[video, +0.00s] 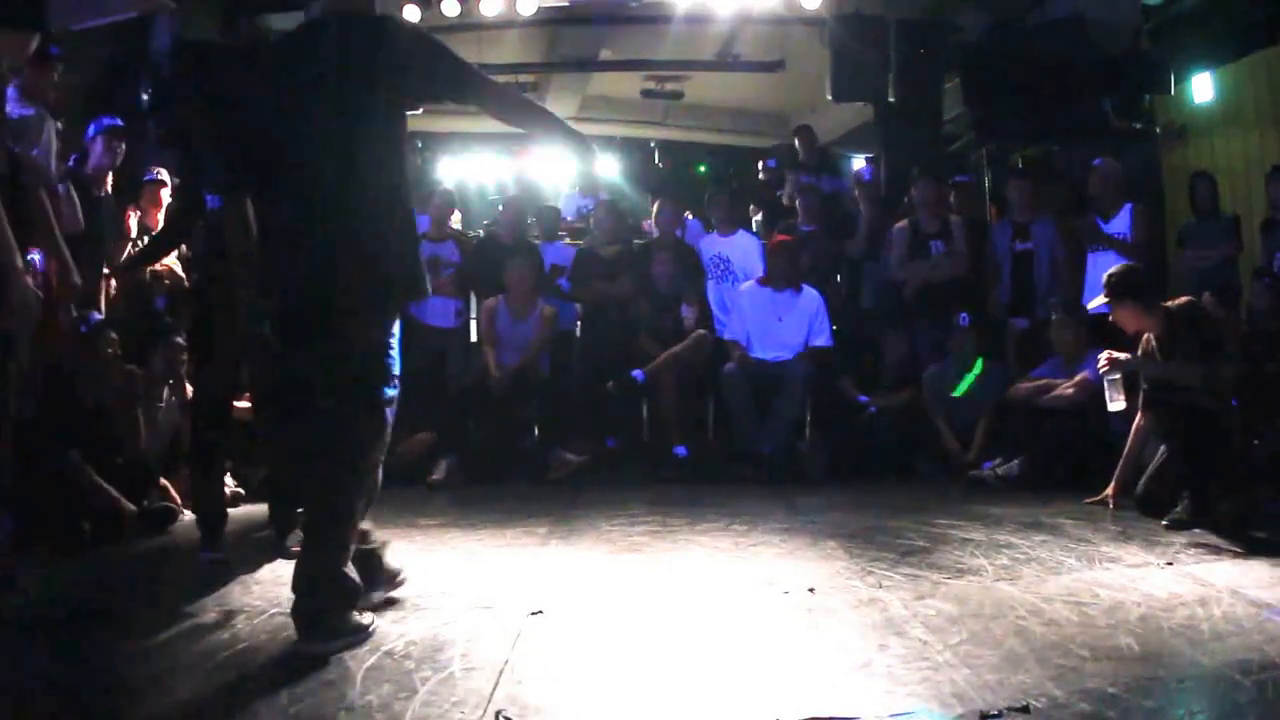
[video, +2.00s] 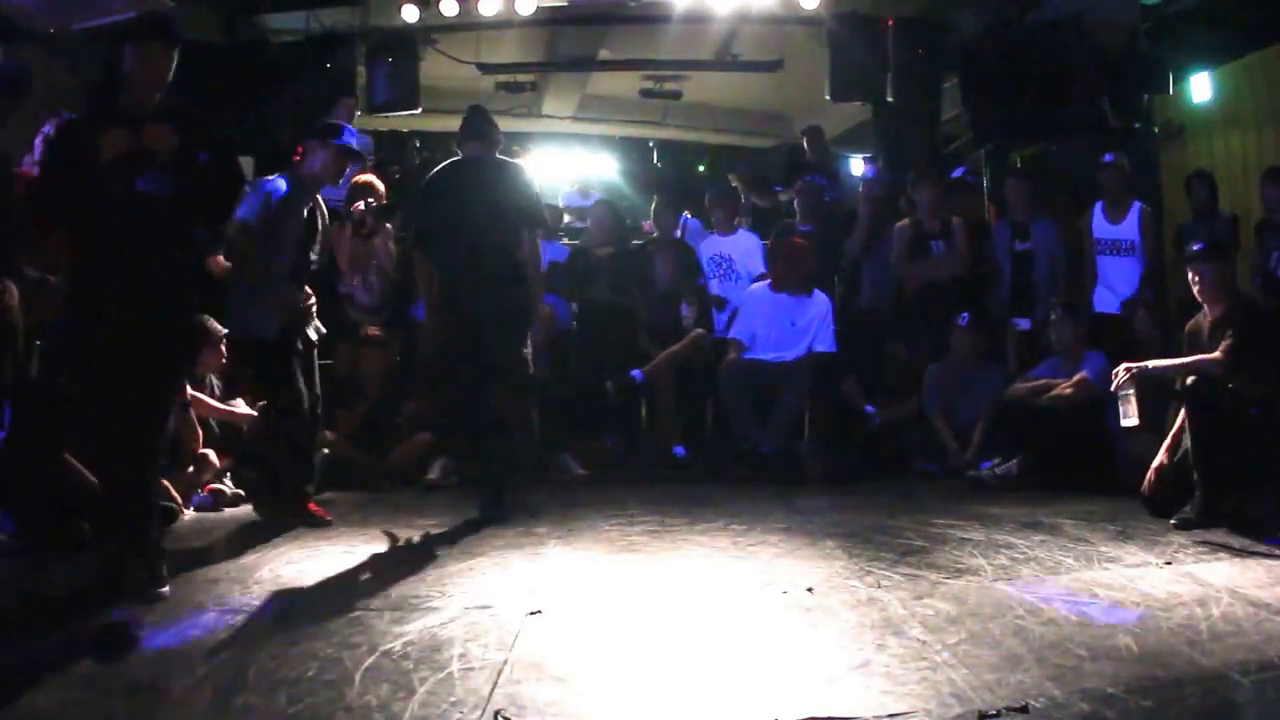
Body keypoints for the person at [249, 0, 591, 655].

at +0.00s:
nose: (409, 12)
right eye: (404, 10)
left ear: (321, 7)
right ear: (380, 4)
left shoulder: (271, 56)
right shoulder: (383, 37)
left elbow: (233, 182)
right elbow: (491, 94)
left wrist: (254, 266)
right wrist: (574, 137)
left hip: (293, 265)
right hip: (360, 263)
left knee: (332, 406)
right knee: (365, 408)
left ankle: (358, 553)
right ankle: (320, 597)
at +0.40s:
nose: (424, 54)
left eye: (417, 46)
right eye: (420, 45)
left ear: (363, 49)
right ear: (410, 45)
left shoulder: (330, 99)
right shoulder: (433, 87)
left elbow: (311, 203)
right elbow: (522, 146)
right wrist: (588, 197)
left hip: (362, 278)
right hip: (433, 270)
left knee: (389, 410)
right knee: (460, 410)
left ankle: (416, 553)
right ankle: (375, 539)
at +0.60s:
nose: (449, 57)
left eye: (444, 50)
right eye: (446, 48)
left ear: (391, 51)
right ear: (436, 45)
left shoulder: (357, 108)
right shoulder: (458, 83)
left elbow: (336, 202)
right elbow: (534, 149)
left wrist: (351, 279)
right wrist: (597, 194)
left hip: (386, 284)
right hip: (456, 276)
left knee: (396, 415)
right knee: (478, 405)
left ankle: (413, 550)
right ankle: (463, 536)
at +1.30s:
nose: (504, 112)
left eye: (502, 106)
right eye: (500, 105)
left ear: (457, 104)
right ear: (485, 102)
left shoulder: (431, 155)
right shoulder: (511, 140)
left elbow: (409, 238)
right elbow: (564, 198)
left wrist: (423, 304)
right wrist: (602, 244)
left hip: (451, 294)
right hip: (504, 288)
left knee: (472, 395)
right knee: (513, 401)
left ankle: (481, 505)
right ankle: (490, 519)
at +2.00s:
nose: (487, 147)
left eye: (477, 141)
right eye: (490, 140)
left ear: (460, 140)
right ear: (496, 139)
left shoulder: (437, 179)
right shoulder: (513, 174)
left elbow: (420, 246)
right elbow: (536, 234)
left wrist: (427, 304)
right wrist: (537, 300)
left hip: (454, 301)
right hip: (505, 298)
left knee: (459, 386)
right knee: (512, 383)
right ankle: (513, 473)